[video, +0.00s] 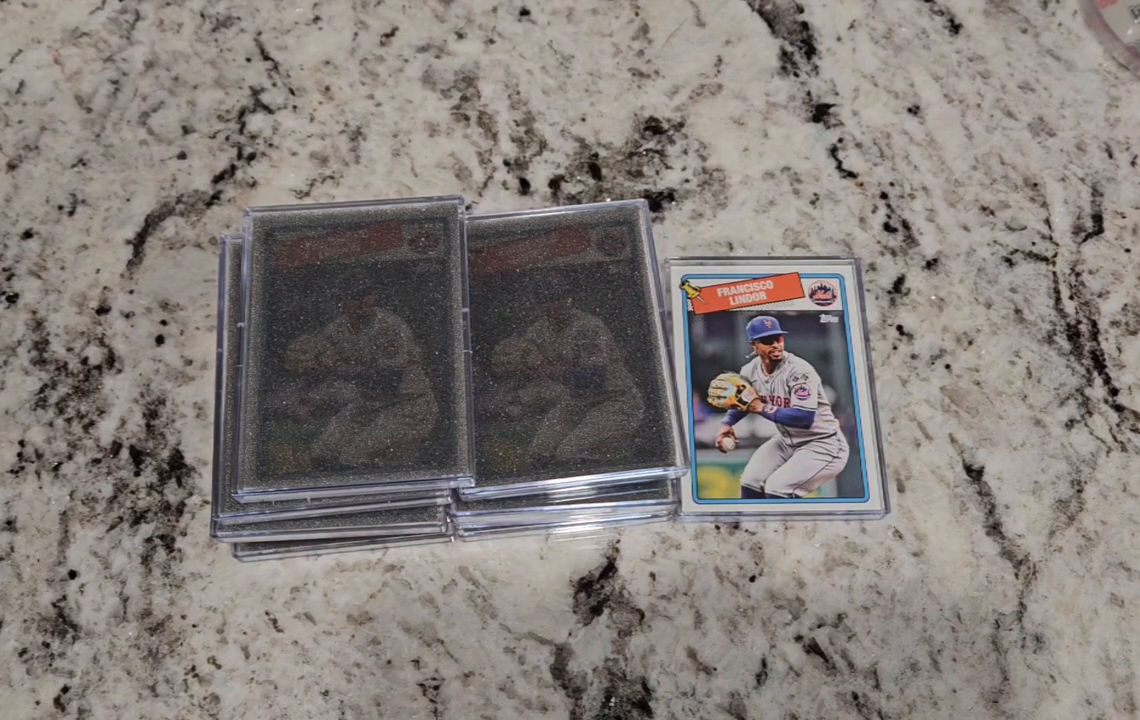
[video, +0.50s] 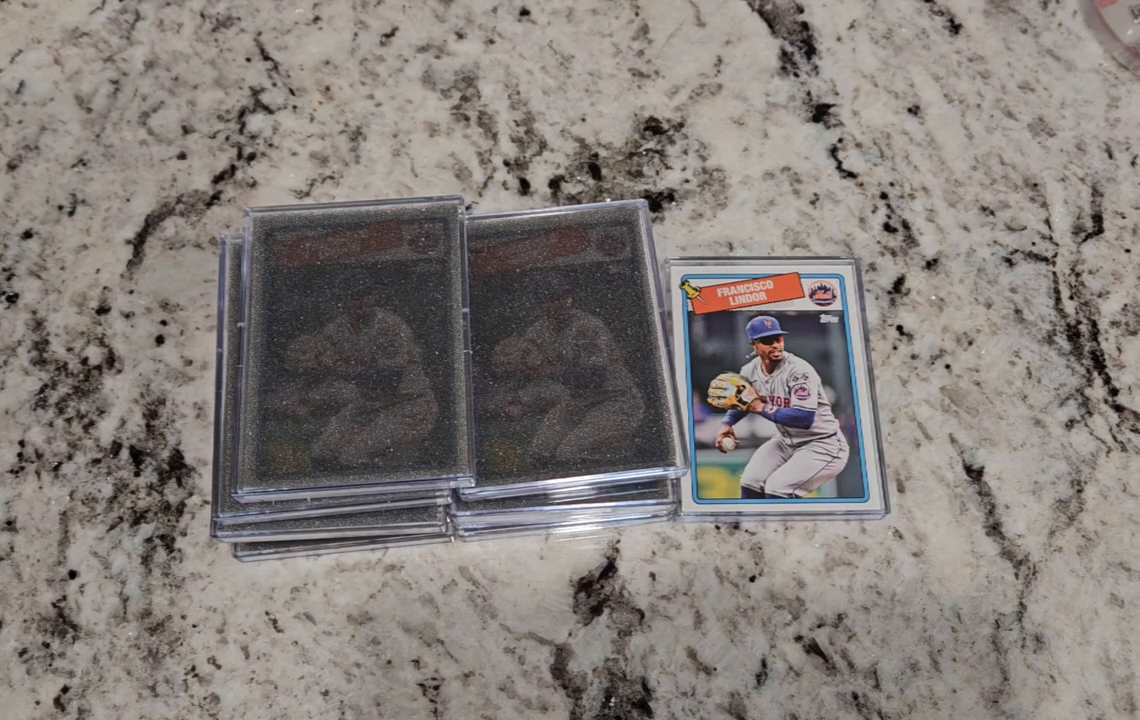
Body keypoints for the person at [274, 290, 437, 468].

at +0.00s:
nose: (363, 303)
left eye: (367, 296)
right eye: (356, 297)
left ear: (374, 298)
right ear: (345, 303)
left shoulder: (392, 327)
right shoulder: (336, 332)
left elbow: (390, 380)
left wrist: (341, 370)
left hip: (412, 406)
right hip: (368, 404)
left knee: (356, 452)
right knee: (323, 450)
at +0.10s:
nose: (362, 303)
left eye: (366, 296)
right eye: (355, 297)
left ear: (375, 298)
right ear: (344, 302)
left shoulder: (392, 326)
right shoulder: (337, 331)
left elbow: (391, 379)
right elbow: (298, 353)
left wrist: (344, 371)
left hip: (413, 406)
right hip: (369, 405)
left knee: (358, 449)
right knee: (326, 446)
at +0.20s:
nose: (362, 304)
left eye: (366, 297)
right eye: (355, 298)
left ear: (375, 298)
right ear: (344, 303)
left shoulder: (393, 327)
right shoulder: (337, 331)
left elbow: (390, 381)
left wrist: (343, 370)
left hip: (412, 405)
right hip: (369, 403)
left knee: (355, 453)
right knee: (324, 450)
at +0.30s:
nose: (362, 302)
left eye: (367, 295)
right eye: (355, 297)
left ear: (375, 297)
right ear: (344, 302)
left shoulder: (392, 327)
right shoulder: (335, 332)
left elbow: (391, 380)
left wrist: (345, 371)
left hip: (412, 405)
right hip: (368, 404)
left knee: (354, 455)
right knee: (323, 451)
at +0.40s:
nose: (363, 302)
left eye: (367, 295)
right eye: (356, 297)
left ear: (375, 297)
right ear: (344, 302)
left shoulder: (392, 326)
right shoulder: (337, 331)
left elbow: (393, 375)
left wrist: (348, 370)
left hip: (413, 404)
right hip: (369, 403)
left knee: (356, 454)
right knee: (324, 450)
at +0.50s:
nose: (363, 302)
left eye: (367, 295)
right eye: (356, 297)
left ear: (375, 297)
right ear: (343, 303)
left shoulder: (393, 327)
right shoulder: (335, 332)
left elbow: (391, 379)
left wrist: (346, 370)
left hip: (412, 405)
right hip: (368, 403)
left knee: (354, 455)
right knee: (323, 451)